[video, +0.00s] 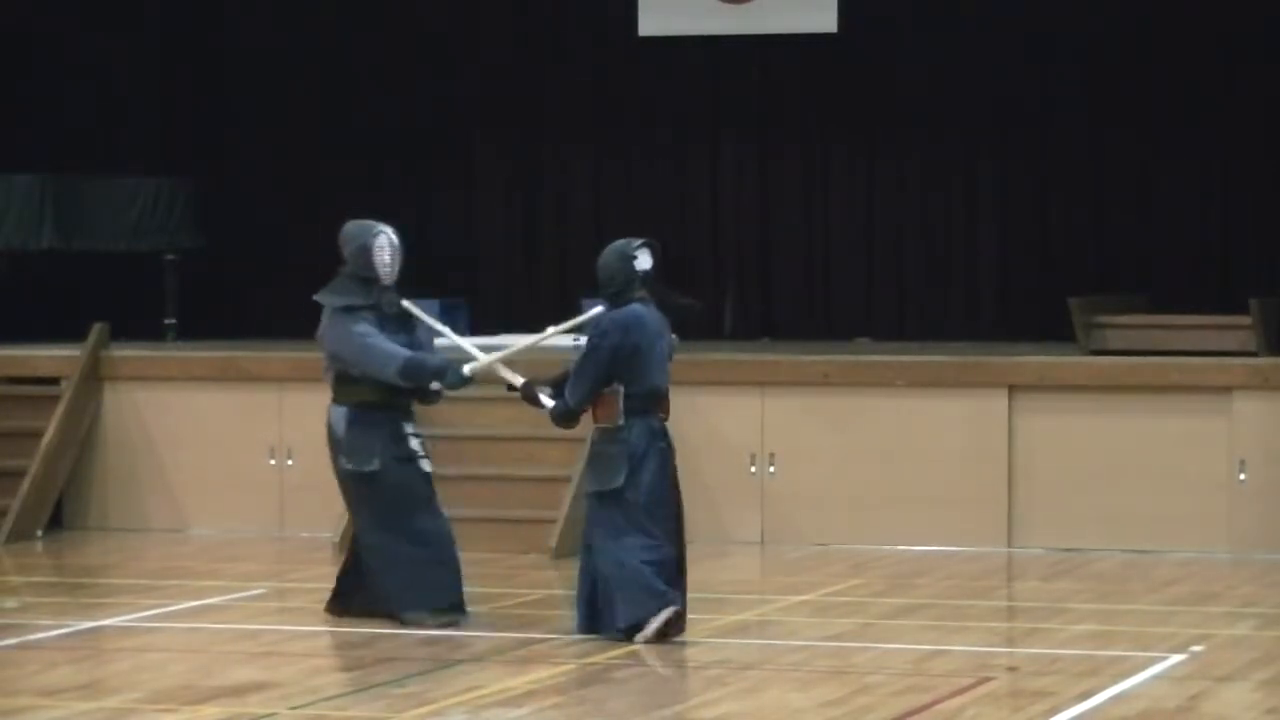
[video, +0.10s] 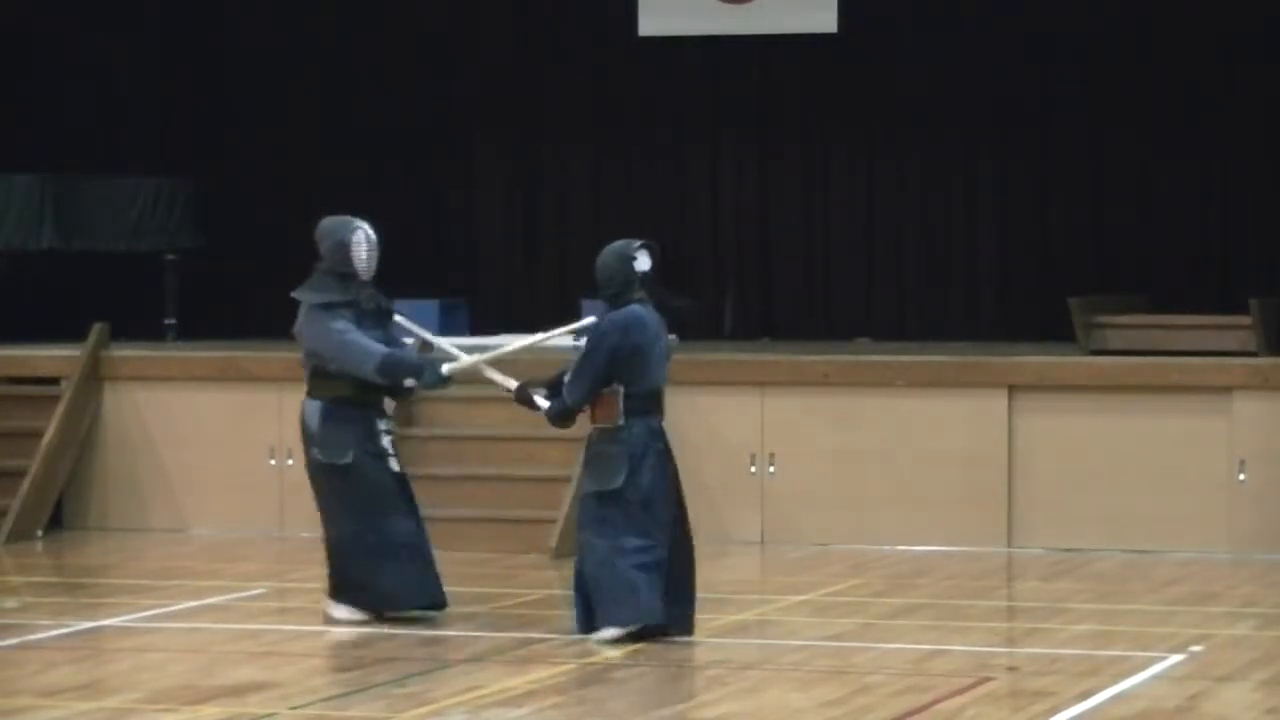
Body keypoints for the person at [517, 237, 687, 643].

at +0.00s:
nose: (601, 284)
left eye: (604, 277)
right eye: (604, 276)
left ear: (610, 279)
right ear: (640, 277)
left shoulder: (613, 326)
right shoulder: (655, 321)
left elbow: (576, 398)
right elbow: (603, 370)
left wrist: (543, 400)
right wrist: (551, 387)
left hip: (622, 435)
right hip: (653, 430)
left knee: (608, 525)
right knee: (646, 522)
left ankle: (651, 606)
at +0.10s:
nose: (600, 285)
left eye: (602, 278)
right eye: (603, 278)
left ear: (608, 281)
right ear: (637, 278)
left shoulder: (613, 327)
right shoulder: (651, 321)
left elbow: (580, 390)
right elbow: (597, 367)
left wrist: (546, 406)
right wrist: (545, 388)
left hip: (620, 436)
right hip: (650, 431)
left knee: (599, 523)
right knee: (649, 520)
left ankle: (624, 614)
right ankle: (660, 613)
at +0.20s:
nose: (593, 285)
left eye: (596, 279)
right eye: (596, 279)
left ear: (603, 282)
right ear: (631, 279)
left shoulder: (605, 327)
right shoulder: (645, 322)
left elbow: (576, 390)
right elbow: (591, 372)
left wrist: (549, 409)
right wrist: (545, 392)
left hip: (613, 439)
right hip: (644, 435)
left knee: (588, 520)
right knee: (640, 522)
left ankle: (587, 619)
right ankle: (646, 616)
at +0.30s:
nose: (582, 288)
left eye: (585, 281)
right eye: (625, 277)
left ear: (589, 284)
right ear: (621, 282)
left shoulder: (597, 330)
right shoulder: (631, 323)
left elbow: (568, 392)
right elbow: (585, 376)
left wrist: (544, 416)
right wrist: (540, 397)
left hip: (606, 442)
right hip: (634, 438)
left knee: (573, 519)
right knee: (635, 524)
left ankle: (545, 616)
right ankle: (641, 616)